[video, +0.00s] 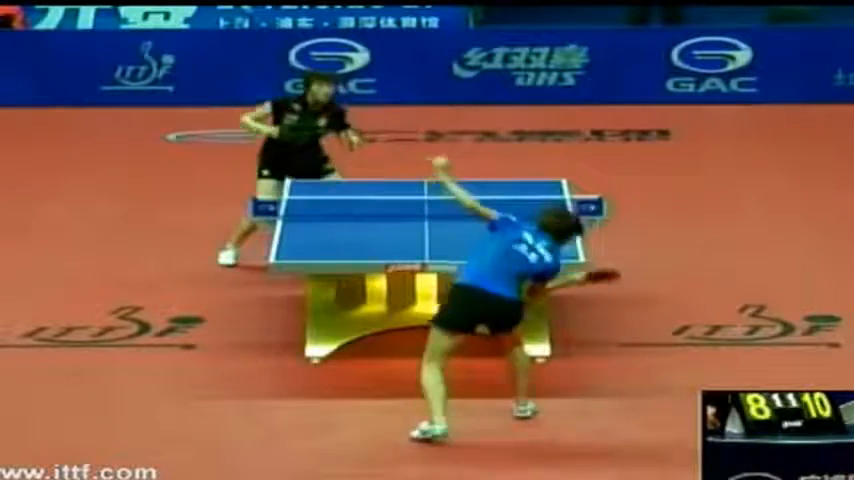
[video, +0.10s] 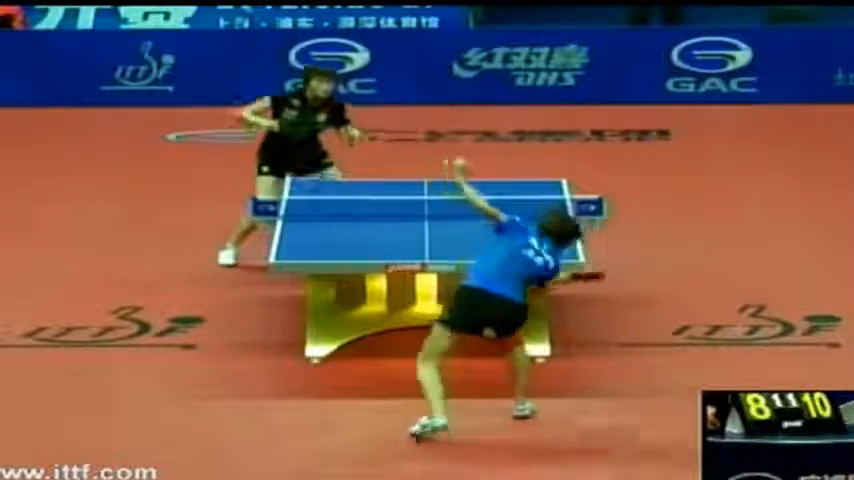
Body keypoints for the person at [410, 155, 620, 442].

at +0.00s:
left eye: (548, 213)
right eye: (567, 236)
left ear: (543, 218)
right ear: (564, 237)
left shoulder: (511, 224)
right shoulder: (551, 261)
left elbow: (473, 207)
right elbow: (533, 295)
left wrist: (444, 177)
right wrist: (572, 281)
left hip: (467, 291)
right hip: (505, 302)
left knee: (432, 361)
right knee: (515, 345)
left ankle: (437, 422)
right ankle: (522, 403)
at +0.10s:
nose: (546, 218)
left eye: (549, 217)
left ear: (545, 221)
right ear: (564, 241)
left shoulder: (517, 228)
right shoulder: (551, 263)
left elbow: (484, 208)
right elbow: (538, 291)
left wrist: (461, 181)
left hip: (474, 294)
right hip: (510, 305)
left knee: (428, 360)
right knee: (517, 346)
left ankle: (437, 417)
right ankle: (522, 402)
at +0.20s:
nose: (533, 214)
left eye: (537, 213)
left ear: (536, 219)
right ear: (557, 233)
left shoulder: (516, 229)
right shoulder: (549, 258)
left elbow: (491, 211)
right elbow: (538, 290)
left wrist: (469, 182)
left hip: (484, 300)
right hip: (518, 308)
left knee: (423, 354)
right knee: (516, 347)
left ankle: (435, 410)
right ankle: (521, 402)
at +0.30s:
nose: (518, 209)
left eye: (521, 207)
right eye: (521, 208)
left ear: (524, 211)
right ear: (547, 222)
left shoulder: (508, 223)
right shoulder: (542, 247)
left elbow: (481, 211)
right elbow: (539, 286)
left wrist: (457, 184)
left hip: (486, 298)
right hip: (522, 306)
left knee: (429, 356)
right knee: (517, 346)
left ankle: (436, 418)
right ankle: (521, 401)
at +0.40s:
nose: (501, 190)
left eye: (505, 187)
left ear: (507, 192)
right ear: (535, 197)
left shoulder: (497, 207)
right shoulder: (541, 222)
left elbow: (460, 209)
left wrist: (434, 187)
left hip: (488, 285)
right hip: (528, 289)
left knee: (447, 351)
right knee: (538, 346)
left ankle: (436, 420)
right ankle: (534, 401)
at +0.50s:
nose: (491, 194)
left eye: (494, 190)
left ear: (499, 191)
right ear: (528, 193)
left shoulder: (491, 208)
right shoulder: (540, 220)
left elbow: (452, 219)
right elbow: (539, 252)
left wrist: (428, 204)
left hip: (492, 285)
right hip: (532, 287)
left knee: (453, 352)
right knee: (545, 345)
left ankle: (438, 422)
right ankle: (563, 406)